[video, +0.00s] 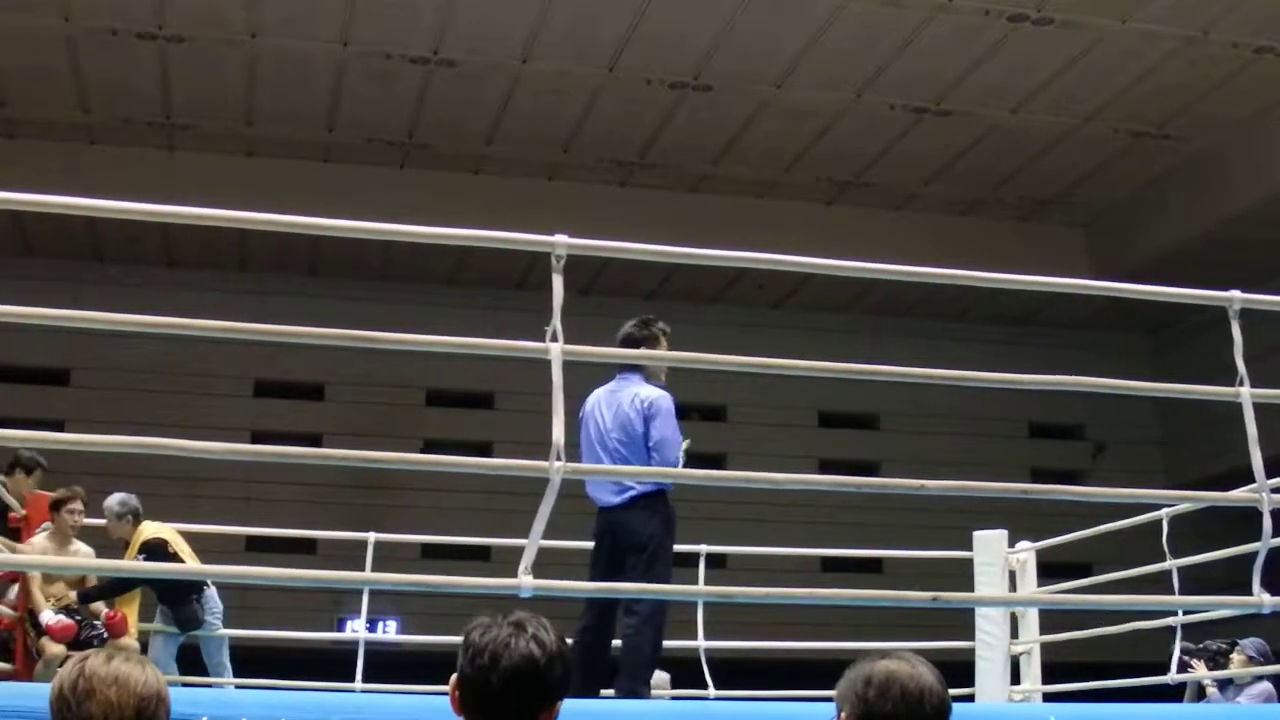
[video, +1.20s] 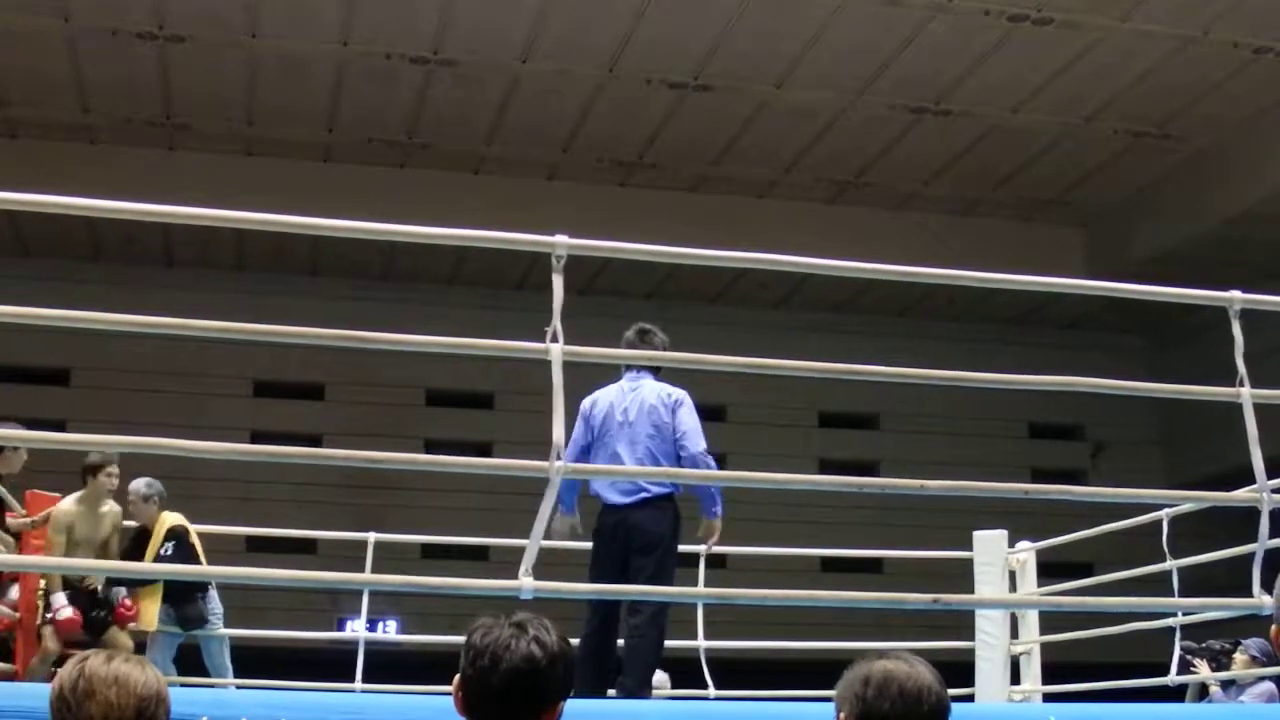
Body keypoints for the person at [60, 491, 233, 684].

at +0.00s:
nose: (106, 525)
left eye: (109, 519)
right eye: (106, 519)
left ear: (127, 520)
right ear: (128, 520)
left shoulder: (154, 542)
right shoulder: (138, 539)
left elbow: (125, 583)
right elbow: (125, 582)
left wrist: (79, 597)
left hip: (202, 600)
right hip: (171, 603)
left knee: (217, 665)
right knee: (160, 660)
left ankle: (230, 712)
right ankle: (175, 708)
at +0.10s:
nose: (106, 525)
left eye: (109, 520)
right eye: (106, 520)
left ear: (128, 520)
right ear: (129, 519)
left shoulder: (154, 543)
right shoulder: (140, 538)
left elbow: (124, 583)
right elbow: (127, 584)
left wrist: (79, 597)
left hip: (202, 600)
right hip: (171, 603)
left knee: (217, 664)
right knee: (160, 660)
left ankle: (230, 712)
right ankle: (173, 709)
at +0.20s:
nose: (107, 524)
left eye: (110, 519)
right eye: (107, 519)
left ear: (129, 520)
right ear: (129, 519)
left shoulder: (154, 542)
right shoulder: (138, 540)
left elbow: (125, 583)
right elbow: (125, 584)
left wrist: (79, 597)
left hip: (201, 600)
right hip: (170, 603)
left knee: (217, 664)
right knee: (160, 660)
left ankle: (230, 712)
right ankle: (174, 709)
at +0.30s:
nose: (109, 524)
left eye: (112, 518)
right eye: (109, 519)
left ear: (132, 519)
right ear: (131, 518)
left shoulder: (156, 541)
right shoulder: (139, 538)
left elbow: (125, 583)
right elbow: (125, 581)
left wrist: (78, 597)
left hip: (201, 601)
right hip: (170, 604)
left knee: (218, 666)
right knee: (159, 661)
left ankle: (231, 714)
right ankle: (174, 709)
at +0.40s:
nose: (112, 522)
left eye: (115, 516)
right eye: (111, 516)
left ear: (134, 516)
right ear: (133, 516)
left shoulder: (159, 539)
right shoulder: (140, 539)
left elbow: (127, 581)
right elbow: (126, 583)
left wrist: (81, 597)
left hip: (201, 600)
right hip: (170, 604)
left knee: (218, 666)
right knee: (159, 660)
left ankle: (231, 712)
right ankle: (177, 708)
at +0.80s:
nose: (119, 521)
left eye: (122, 515)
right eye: (118, 515)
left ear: (141, 513)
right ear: (139, 514)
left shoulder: (165, 539)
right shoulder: (137, 538)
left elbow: (136, 581)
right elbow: (122, 572)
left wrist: (91, 600)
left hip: (201, 601)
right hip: (170, 604)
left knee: (218, 667)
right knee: (158, 659)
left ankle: (233, 719)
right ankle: (174, 713)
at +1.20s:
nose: (130, 509)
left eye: (133, 503)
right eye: (129, 504)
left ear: (153, 502)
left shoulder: (175, 527)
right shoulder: (142, 533)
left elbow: (158, 572)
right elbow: (125, 565)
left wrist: (111, 580)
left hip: (201, 600)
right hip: (169, 604)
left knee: (219, 668)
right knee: (157, 660)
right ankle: (177, 709)